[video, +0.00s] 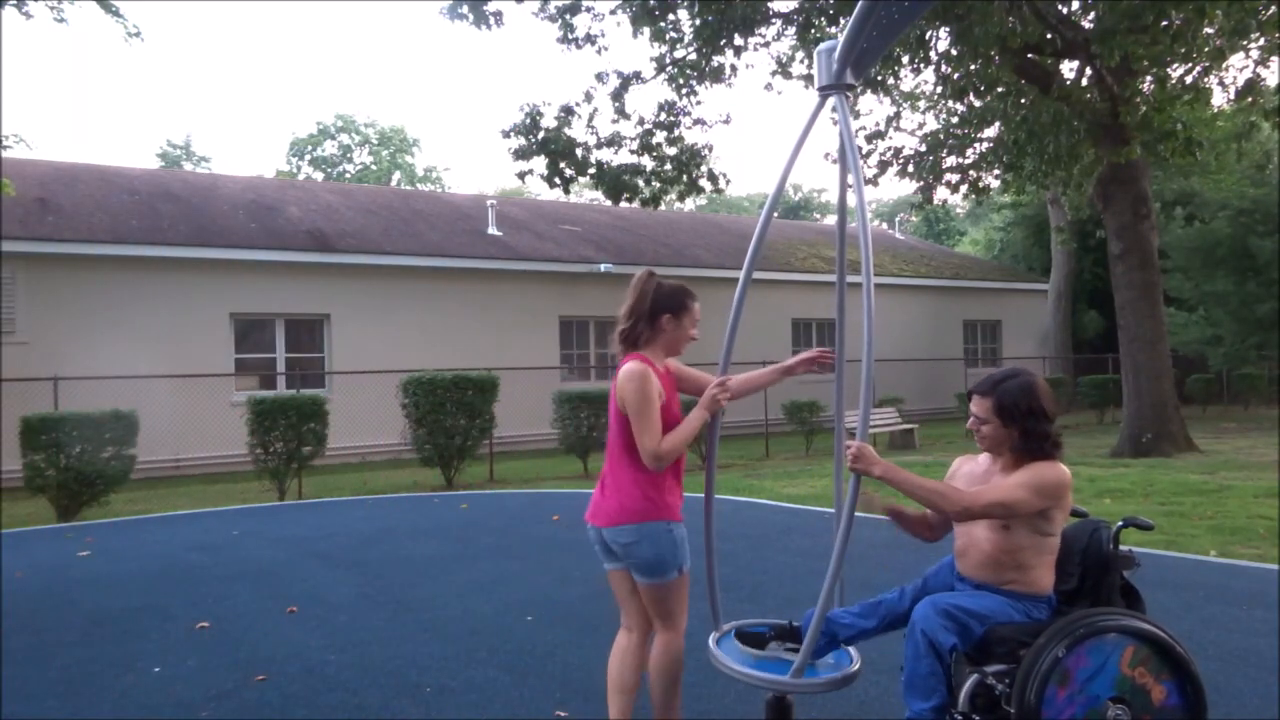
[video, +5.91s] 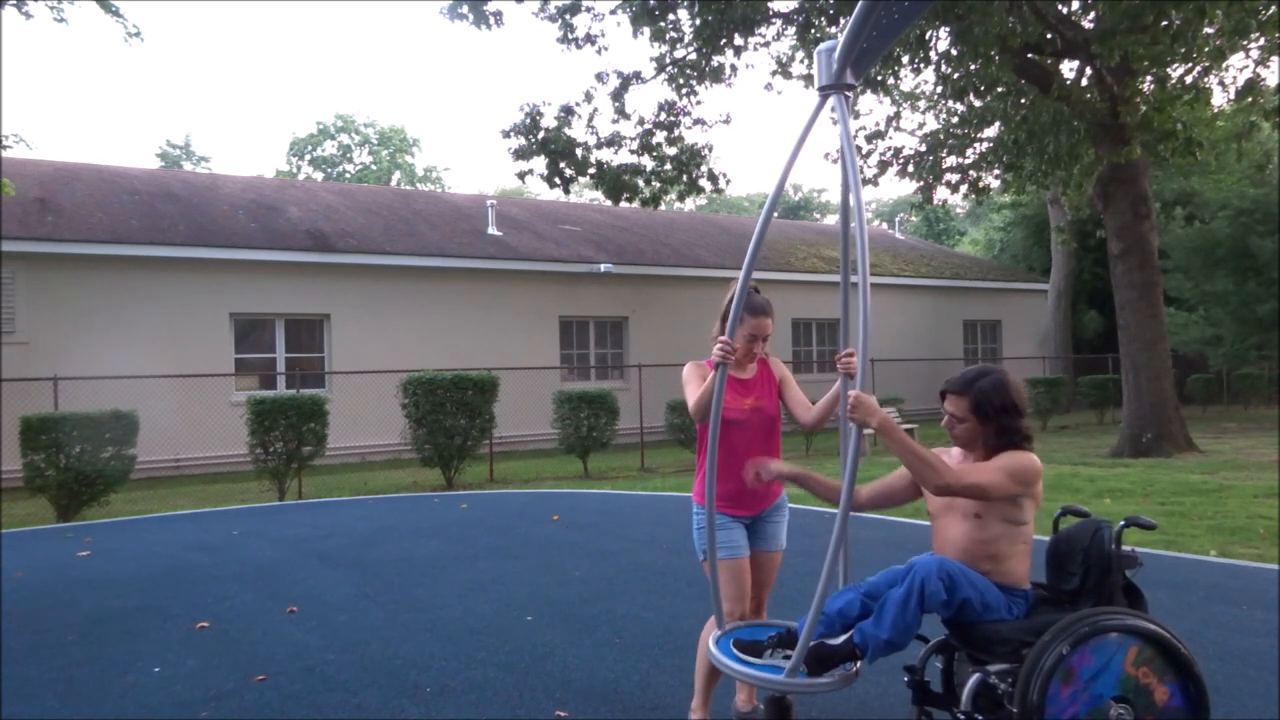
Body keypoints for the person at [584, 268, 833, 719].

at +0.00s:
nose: (697, 333)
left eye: (697, 323)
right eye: (692, 323)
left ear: (664, 323)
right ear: (665, 323)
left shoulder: (659, 367)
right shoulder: (639, 375)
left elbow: (722, 388)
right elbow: (655, 454)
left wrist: (786, 368)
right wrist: (703, 408)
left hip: (610, 515)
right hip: (649, 520)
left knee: (634, 627)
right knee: (669, 629)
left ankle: (617, 716)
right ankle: (667, 715)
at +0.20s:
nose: (716, 346)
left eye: (718, 337)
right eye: (712, 336)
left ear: (687, 334)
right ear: (684, 334)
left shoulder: (694, 377)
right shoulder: (653, 384)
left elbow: (750, 392)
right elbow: (660, 462)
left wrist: (812, 375)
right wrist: (703, 412)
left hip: (669, 515)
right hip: (665, 522)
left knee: (670, 612)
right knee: (686, 625)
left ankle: (626, 700)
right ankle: (683, 713)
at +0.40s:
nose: (725, 340)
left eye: (727, 331)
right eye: (721, 331)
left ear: (707, 330)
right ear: (696, 329)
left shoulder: (712, 371)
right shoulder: (663, 377)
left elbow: (772, 389)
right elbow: (665, 453)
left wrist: (831, 376)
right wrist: (700, 404)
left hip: (701, 509)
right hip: (671, 514)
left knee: (729, 597)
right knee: (693, 622)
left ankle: (677, 684)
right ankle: (682, 712)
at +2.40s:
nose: (753, 338)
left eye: (758, 329)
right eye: (745, 328)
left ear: (762, 326)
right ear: (718, 324)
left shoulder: (761, 366)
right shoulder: (689, 367)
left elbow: (804, 416)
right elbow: (692, 418)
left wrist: (842, 381)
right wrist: (719, 370)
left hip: (758, 507)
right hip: (705, 509)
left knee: (746, 609)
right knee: (705, 615)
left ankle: (746, 696)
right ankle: (697, 709)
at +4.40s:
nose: (757, 345)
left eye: (763, 336)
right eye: (749, 335)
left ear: (768, 330)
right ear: (725, 328)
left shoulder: (771, 366)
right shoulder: (697, 370)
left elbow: (810, 414)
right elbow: (698, 417)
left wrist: (848, 379)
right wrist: (720, 370)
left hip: (769, 504)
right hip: (719, 508)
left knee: (756, 611)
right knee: (735, 615)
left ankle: (746, 702)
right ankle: (702, 707)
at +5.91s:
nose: (760, 347)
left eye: (765, 338)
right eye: (752, 337)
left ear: (770, 332)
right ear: (727, 328)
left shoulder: (774, 367)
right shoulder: (698, 369)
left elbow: (810, 417)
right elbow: (698, 412)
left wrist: (842, 381)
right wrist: (719, 369)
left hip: (770, 504)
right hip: (718, 508)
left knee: (757, 611)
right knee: (732, 615)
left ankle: (747, 699)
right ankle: (699, 706)